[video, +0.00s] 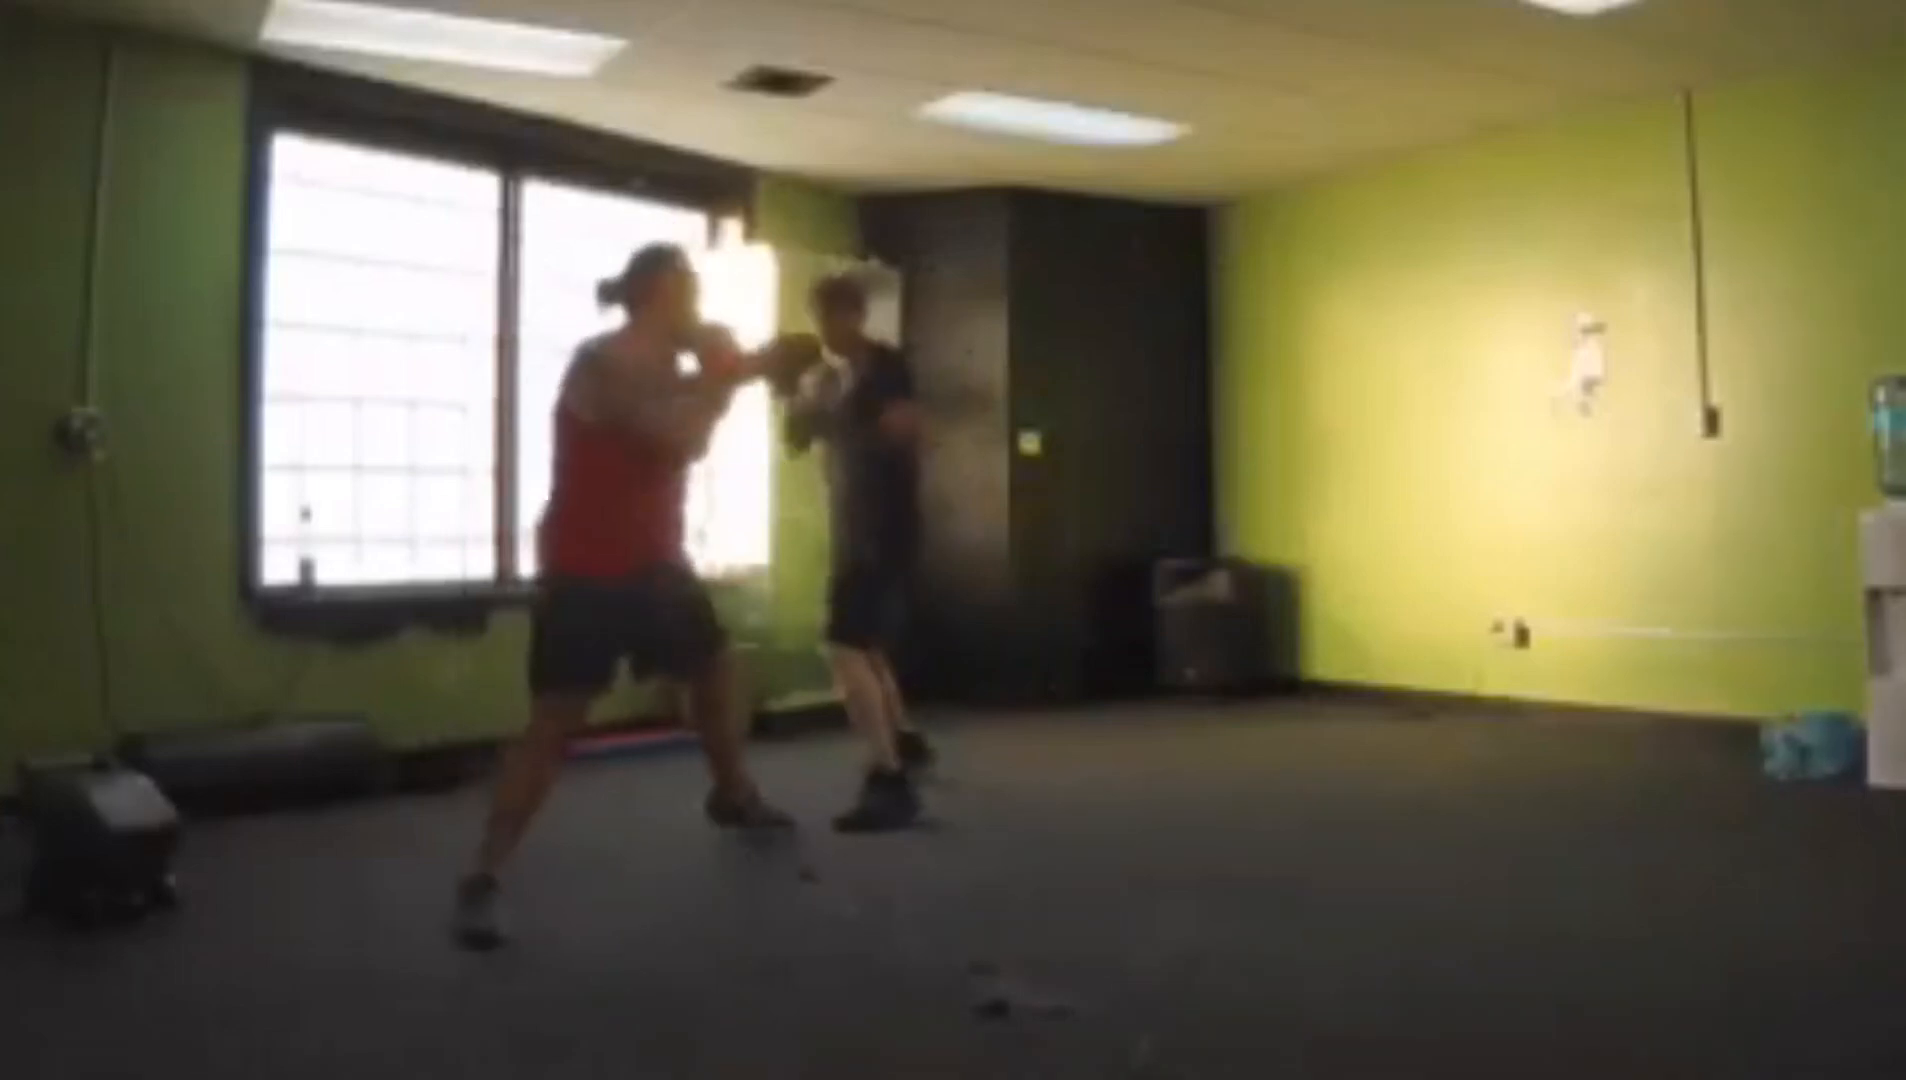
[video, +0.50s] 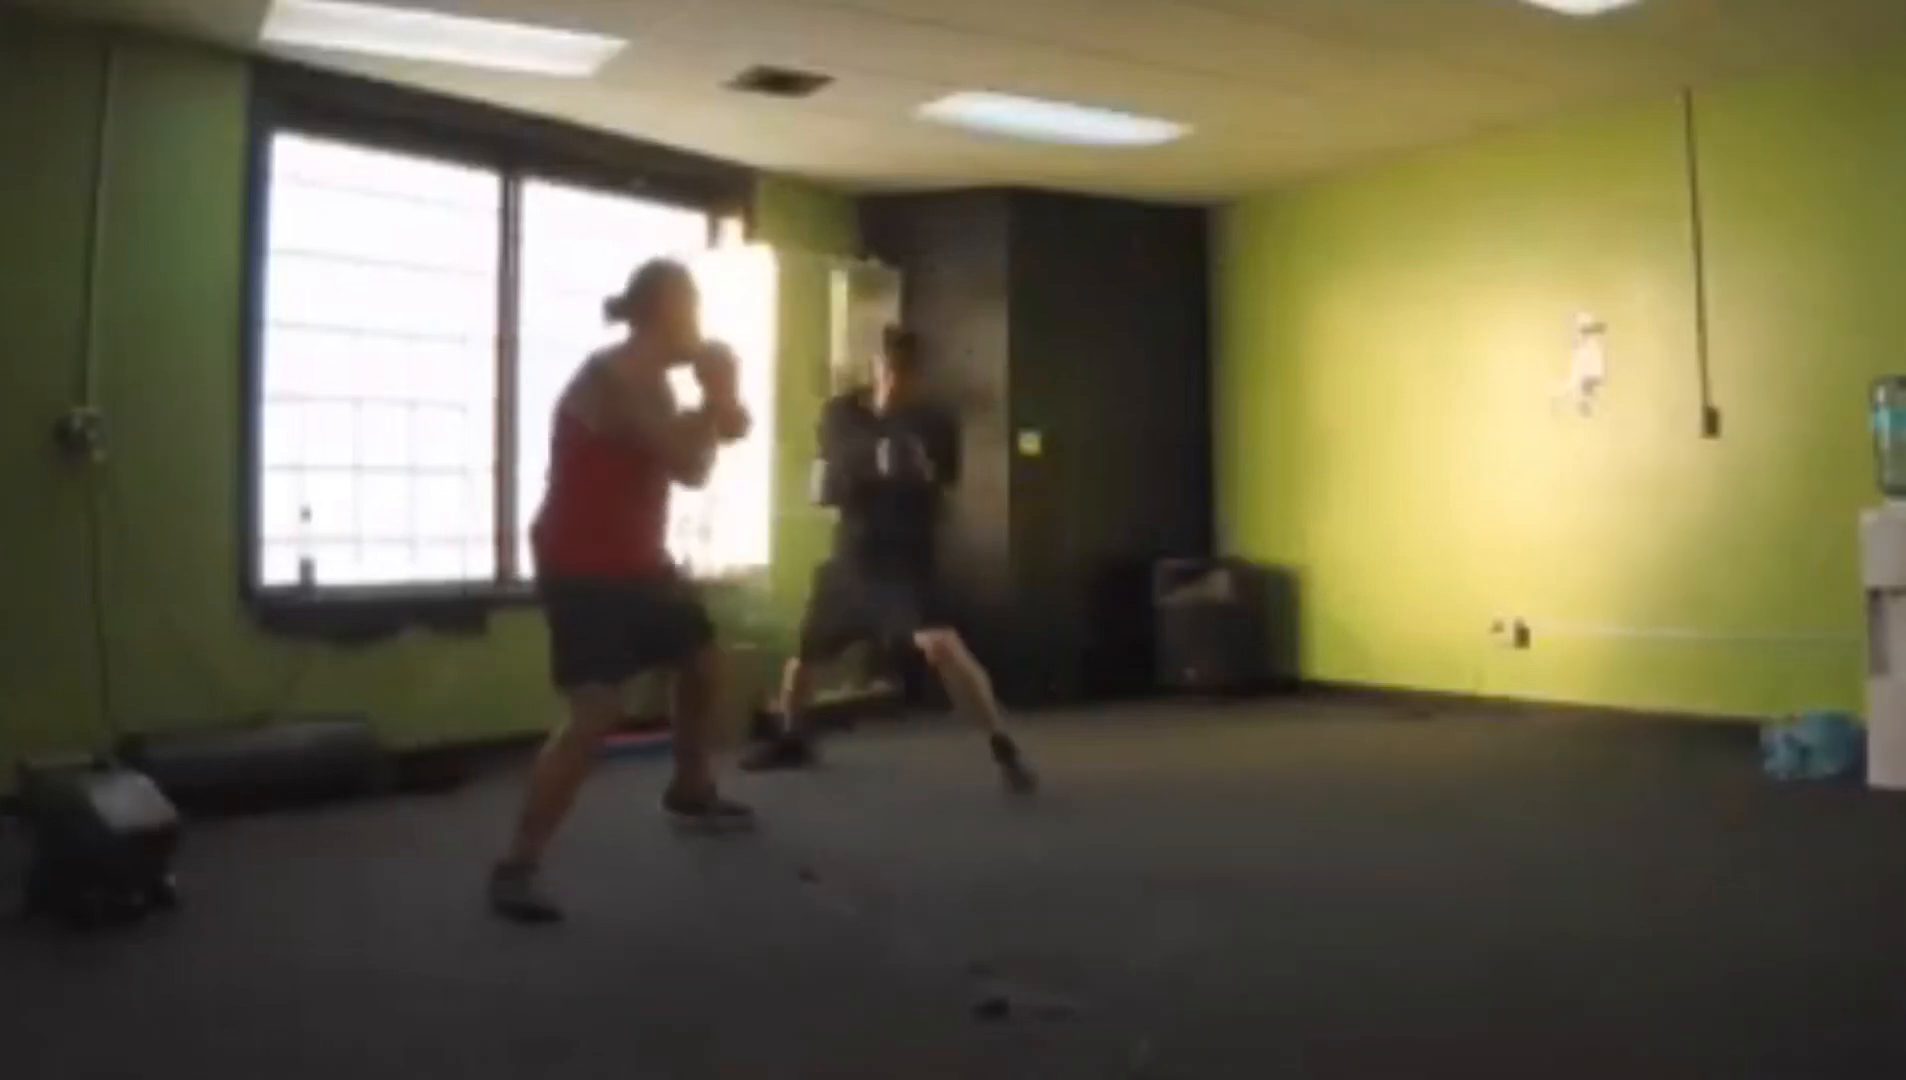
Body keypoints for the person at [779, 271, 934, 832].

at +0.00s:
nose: (831, 331)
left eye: (838, 318)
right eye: (825, 319)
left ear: (856, 316)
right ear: (820, 321)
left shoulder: (887, 367)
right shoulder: (828, 376)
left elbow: (893, 429)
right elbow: (797, 436)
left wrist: (829, 411)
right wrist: (799, 390)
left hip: (883, 529)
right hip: (854, 529)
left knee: (848, 647)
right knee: (864, 646)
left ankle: (887, 775)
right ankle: (901, 742)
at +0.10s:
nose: (833, 312)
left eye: (840, 302)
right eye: (831, 302)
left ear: (853, 303)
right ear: (830, 304)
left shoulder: (885, 350)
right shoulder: (826, 355)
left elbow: (896, 409)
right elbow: (784, 398)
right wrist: (784, 343)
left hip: (883, 506)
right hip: (842, 507)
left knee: (867, 629)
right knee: (820, 618)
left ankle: (888, 770)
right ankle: (866, 718)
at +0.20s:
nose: (838, 318)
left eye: (845, 307)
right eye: (832, 308)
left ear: (859, 308)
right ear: (823, 312)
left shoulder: (889, 356)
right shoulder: (816, 367)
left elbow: (898, 416)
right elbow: (767, 391)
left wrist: (841, 406)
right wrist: (761, 344)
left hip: (884, 512)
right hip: (835, 514)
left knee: (871, 629)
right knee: (811, 622)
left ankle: (913, 764)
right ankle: (818, 715)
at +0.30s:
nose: (841, 347)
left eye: (850, 337)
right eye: (835, 336)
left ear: (865, 339)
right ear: (826, 339)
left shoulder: (888, 392)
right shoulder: (818, 400)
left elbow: (902, 471)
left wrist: (842, 458)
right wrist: (783, 411)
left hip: (877, 539)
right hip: (829, 540)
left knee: (873, 655)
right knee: (789, 654)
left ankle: (955, 754)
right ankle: (793, 738)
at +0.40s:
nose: (855, 372)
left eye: (864, 362)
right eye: (850, 360)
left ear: (878, 365)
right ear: (841, 361)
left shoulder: (903, 418)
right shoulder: (824, 414)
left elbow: (914, 486)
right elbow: (796, 476)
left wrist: (894, 494)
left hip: (881, 564)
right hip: (831, 564)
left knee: (895, 666)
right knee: (776, 666)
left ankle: (969, 757)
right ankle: (791, 741)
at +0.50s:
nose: (892, 381)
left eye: (901, 371)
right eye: (886, 369)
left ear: (916, 373)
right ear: (874, 368)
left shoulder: (933, 420)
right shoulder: (845, 415)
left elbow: (947, 478)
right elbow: (831, 487)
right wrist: (874, 465)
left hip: (907, 562)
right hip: (851, 562)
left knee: (940, 644)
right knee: (803, 656)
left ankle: (1002, 745)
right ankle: (789, 738)